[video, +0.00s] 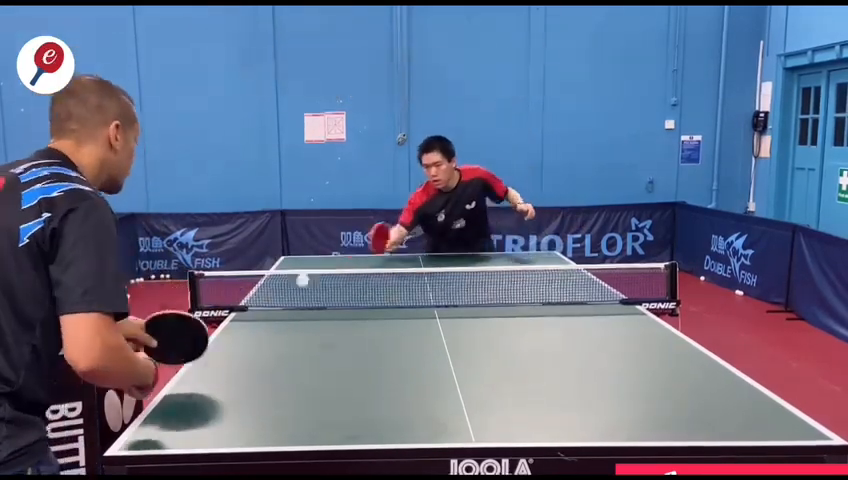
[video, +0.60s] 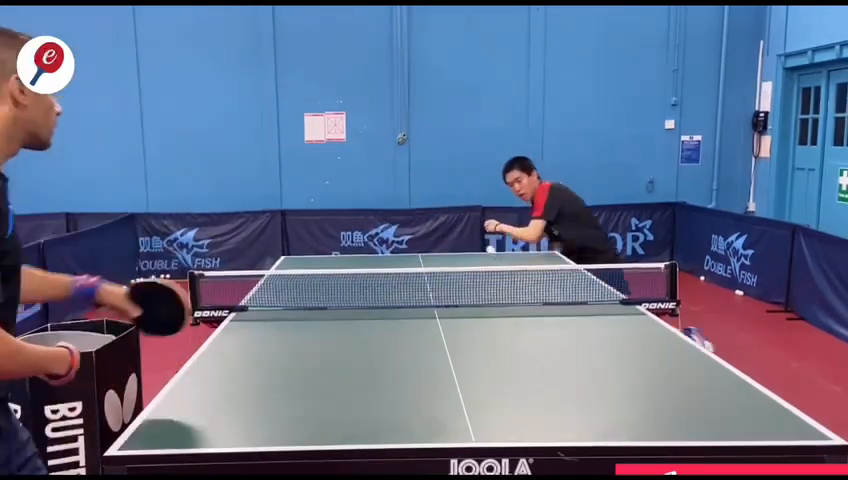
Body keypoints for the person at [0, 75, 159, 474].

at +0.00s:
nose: (133, 158)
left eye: (136, 145)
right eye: (134, 143)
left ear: (60, 130)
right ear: (114, 135)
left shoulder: (10, 179)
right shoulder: (81, 205)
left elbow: (22, 310)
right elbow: (89, 353)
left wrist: (108, 327)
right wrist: (144, 373)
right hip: (14, 440)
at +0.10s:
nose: (150, 179)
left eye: (154, 165)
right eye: (151, 162)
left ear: (79, 143)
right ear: (126, 150)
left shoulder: (16, 189)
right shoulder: (76, 209)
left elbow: (36, 317)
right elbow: (61, 354)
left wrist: (138, 333)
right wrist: (120, 378)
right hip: (11, 438)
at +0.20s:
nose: (158, 182)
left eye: (160, 167)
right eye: (157, 164)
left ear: (127, 153)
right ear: (128, 152)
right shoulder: (59, 209)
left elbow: (116, 302)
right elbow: (25, 346)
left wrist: (218, 319)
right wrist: (96, 378)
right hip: (11, 441)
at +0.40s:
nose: (130, 138)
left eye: (130, 123)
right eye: (126, 121)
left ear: (90, 115)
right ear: (91, 114)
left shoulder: (66, 194)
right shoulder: (15, 186)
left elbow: (138, 250)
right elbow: (3, 332)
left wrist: (232, 269)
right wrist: (72, 360)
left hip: (17, 400)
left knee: (55, 472)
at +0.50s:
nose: (96, 116)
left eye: (94, 101)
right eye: (90, 99)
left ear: (56, 100)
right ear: (56, 99)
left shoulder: (30, 178)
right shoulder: (7, 184)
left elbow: (71, 255)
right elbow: (3, 336)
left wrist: (174, 268)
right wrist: (59, 356)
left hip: (14, 408)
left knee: (45, 469)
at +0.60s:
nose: (59, 106)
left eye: (55, 91)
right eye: (48, 89)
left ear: (16, 90)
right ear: (16, 91)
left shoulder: (3, 182)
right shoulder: (1, 186)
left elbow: (6, 278)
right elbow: (3, 353)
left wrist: (95, 292)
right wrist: (50, 360)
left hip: (8, 421)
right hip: (6, 430)